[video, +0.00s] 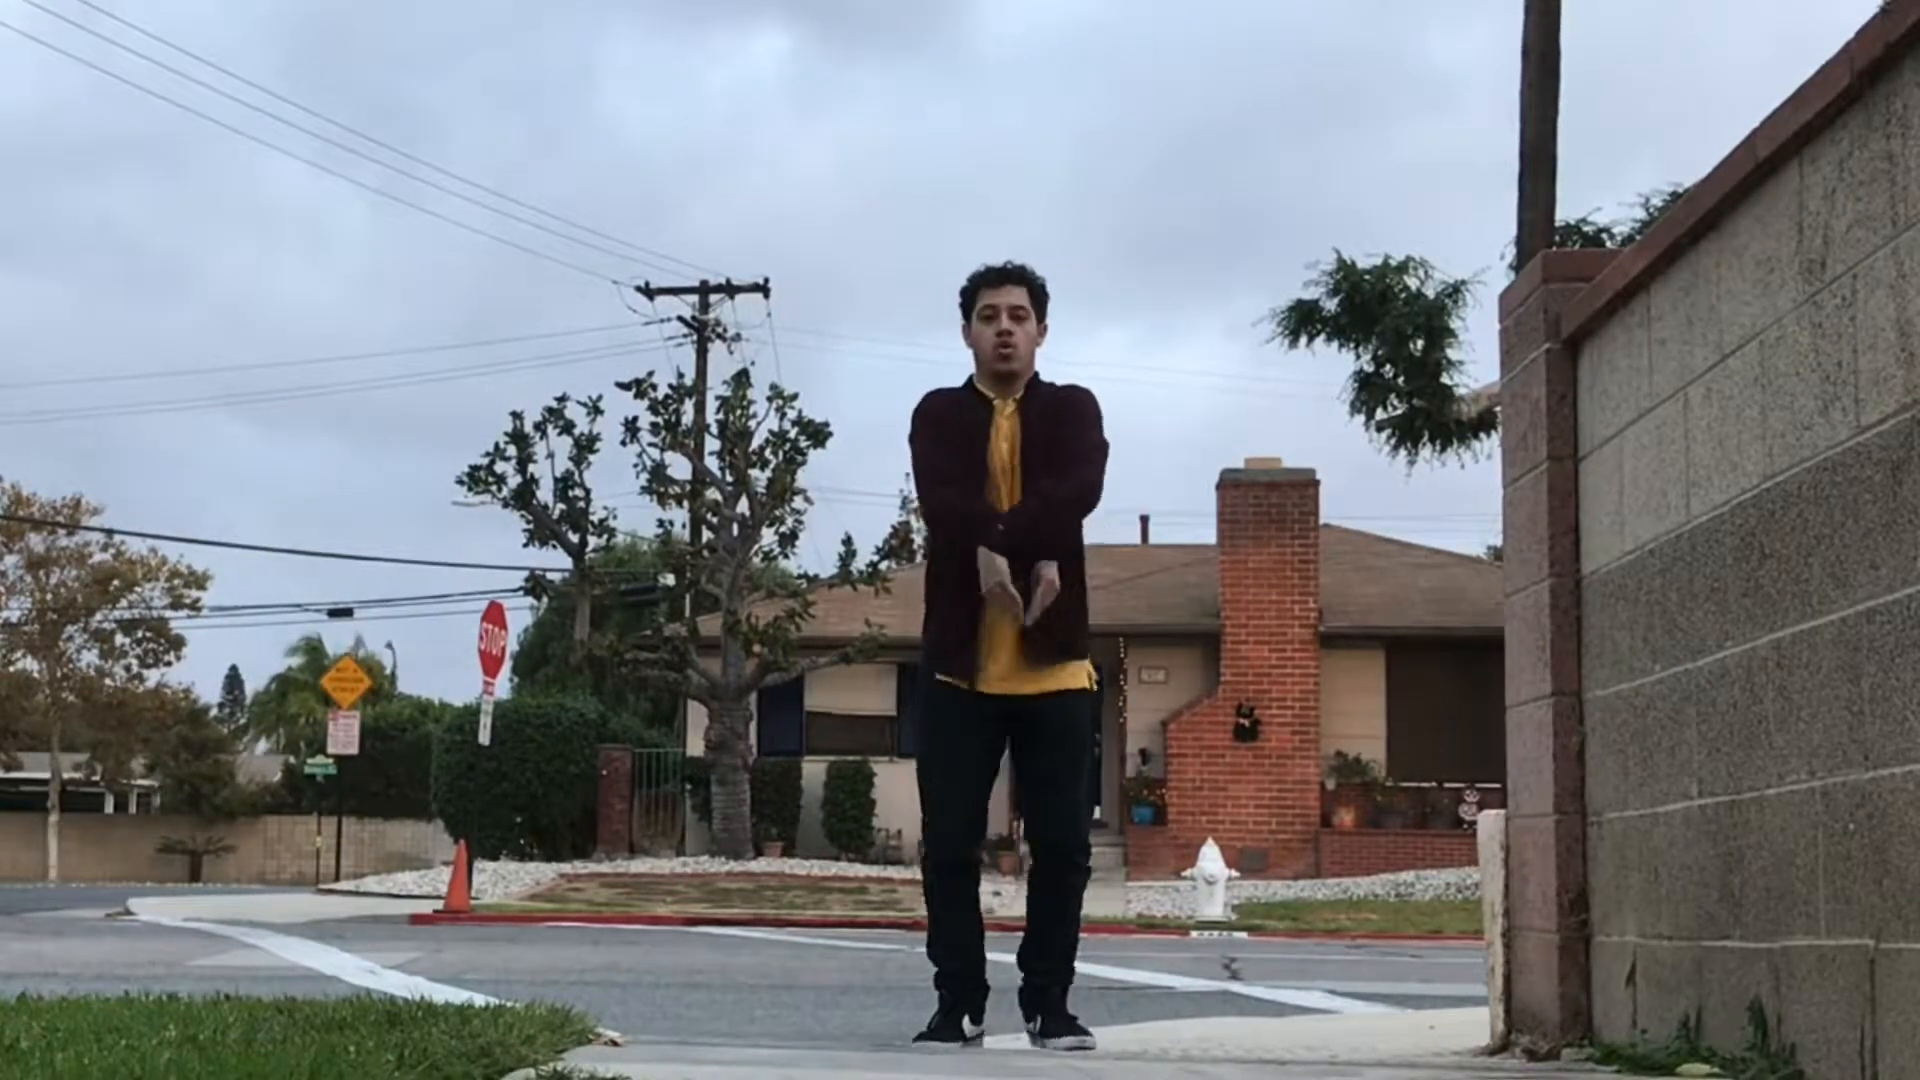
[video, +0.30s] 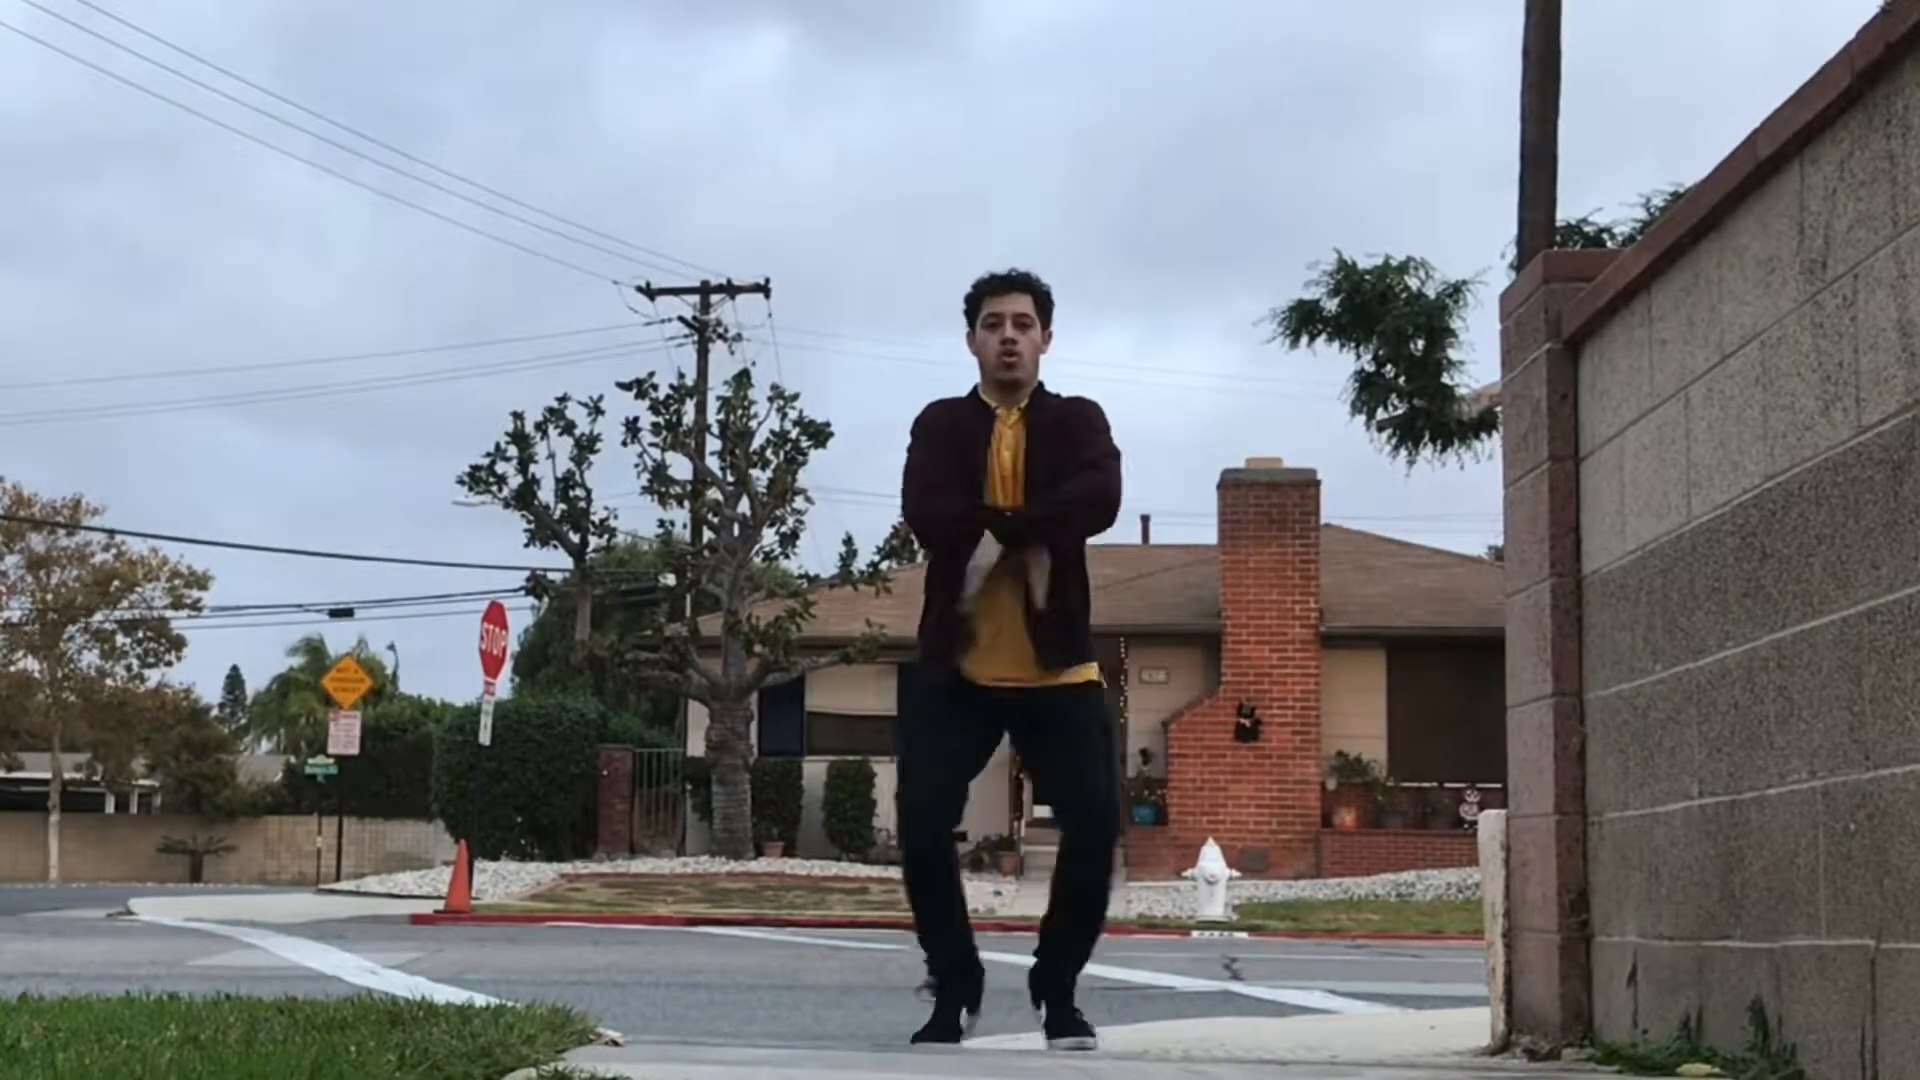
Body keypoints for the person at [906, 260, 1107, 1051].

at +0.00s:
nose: (1004, 330)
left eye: (1018, 317)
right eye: (989, 317)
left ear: (1040, 331)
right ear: (968, 332)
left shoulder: (1073, 406)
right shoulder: (938, 411)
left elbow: (1081, 491)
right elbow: (942, 510)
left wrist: (997, 540)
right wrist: (1033, 558)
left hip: (1054, 667)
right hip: (960, 668)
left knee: (1062, 847)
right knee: (949, 846)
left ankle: (1048, 1007)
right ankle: (959, 1007)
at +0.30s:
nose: (1009, 338)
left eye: (1023, 325)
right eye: (993, 326)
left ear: (1044, 341)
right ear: (972, 341)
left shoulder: (1077, 419)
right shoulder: (940, 422)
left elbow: (1100, 501)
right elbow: (925, 512)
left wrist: (999, 533)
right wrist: (1023, 540)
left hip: (1058, 676)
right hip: (957, 675)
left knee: (1096, 821)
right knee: (921, 825)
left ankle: (1057, 979)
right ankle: (956, 981)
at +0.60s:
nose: (1010, 326)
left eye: (1025, 313)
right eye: (996, 313)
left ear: (1048, 328)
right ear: (976, 328)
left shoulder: (1086, 418)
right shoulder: (941, 418)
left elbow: (1079, 518)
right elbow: (940, 521)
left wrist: (1022, 582)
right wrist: (987, 589)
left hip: (1058, 675)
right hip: (960, 672)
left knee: (1061, 848)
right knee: (956, 847)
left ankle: (1054, 1008)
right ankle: (958, 1010)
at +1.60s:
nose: (1000, 329)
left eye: (1014, 315)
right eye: (985, 316)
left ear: (1038, 327)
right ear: (963, 328)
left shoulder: (1077, 410)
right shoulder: (933, 415)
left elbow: (1133, 495)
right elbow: (901, 503)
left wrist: (1025, 523)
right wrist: (999, 551)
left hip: (1057, 673)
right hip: (958, 673)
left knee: (1057, 849)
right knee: (959, 847)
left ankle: (1057, 1011)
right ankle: (960, 1011)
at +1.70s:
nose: (999, 330)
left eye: (1014, 316)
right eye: (984, 316)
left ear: (1037, 327)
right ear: (963, 329)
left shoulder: (1077, 412)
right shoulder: (931, 417)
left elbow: (1125, 511)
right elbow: (904, 518)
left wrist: (1032, 557)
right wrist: (991, 581)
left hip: (1056, 672)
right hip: (958, 672)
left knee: (1057, 847)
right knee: (959, 846)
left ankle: (1058, 1011)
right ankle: (960, 1011)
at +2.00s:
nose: (997, 332)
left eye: (1011, 319)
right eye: (982, 320)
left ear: (1034, 331)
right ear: (962, 334)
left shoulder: (1076, 425)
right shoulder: (923, 435)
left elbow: (1109, 533)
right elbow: (895, 543)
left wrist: (1025, 594)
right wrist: (959, 597)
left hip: (1057, 679)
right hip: (956, 681)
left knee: (1056, 850)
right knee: (958, 851)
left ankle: (1058, 1011)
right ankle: (960, 1012)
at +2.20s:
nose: (999, 329)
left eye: (1013, 316)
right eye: (984, 317)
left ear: (1036, 329)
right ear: (964, 333)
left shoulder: (1080, 424)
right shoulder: (926, 434)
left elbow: (1130, 535)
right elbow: (878, 545)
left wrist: (1204, 593)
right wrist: (795, 617)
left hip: (1061, 678)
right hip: (960, 680)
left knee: (1062, 851)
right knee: (963, 853)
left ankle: (1062, 1011)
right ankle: (964, 1013)